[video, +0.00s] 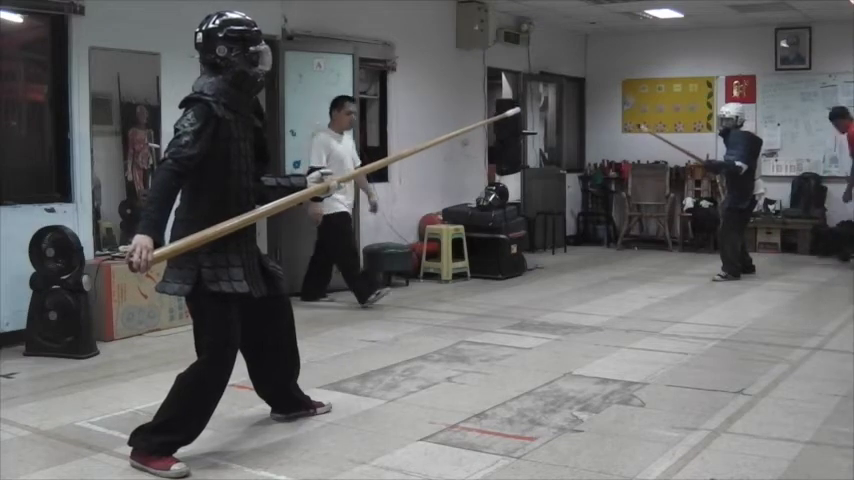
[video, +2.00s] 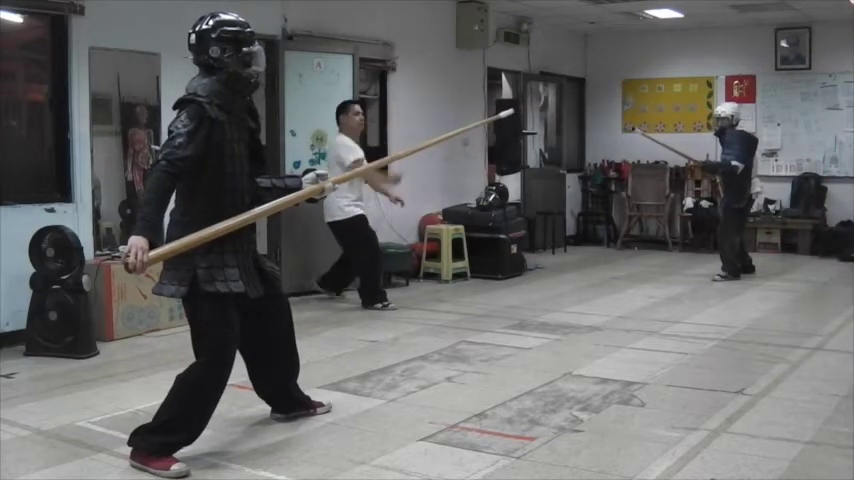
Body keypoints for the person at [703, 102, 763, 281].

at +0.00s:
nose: (722, 124)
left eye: (726, 120)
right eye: (721, 120)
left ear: (736, 121)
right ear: (722, 120)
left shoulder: (741, 138)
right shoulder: (733, 138)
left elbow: (738, 166)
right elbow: (732, 163)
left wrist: (711, 165)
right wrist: (713, 166)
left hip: (741, 194)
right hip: (738, 193)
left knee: (727, 230)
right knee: (733, 229)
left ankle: (731, 270)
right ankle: (745, 264)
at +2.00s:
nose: (718, 123)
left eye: (722, 119)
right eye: (717, 119)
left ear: (732, 120)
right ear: (718, 120)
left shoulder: (737, 137)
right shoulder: (728, 138)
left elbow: (734, 166)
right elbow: (728, 164)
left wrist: (705, 166)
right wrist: (705, 166)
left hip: (737, 193)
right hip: (734, 192)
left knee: (727, 230)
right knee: (732, 229)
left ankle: (731, 270)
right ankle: (744, 263)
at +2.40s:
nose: (711, 122)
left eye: (715, 118)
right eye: (710, 118)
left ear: (726, 119)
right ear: (710, 119)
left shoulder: (731, 138)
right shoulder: (719, 138)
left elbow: (725, 168)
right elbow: (721, 164)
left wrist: (698, 163)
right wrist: (702, 166)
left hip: (728, 194)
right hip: (725, 193)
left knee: (722, 230)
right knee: (731, 227)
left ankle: (727, 273)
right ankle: (743, 260)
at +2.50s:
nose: (708, 120)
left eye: (712, 116)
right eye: (707, 116)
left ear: (723, 117)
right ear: (707, 117)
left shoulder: (729, 136)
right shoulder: (715, 135)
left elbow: (721, 166)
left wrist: (696, 161)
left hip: (728, 194)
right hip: (721, 193)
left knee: (723, 230)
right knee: (721, 229)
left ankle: (727, 272)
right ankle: (734, 260)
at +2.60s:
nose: (703, 120)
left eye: (707, 115)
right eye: (701, 115)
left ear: (718, 116)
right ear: (700, 115)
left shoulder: (724, 134)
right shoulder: (712, 134)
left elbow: (717, 162)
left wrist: (688, 158)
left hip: (727, 194)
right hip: (718, 193)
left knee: (722, 232)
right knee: (714, 230)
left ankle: (727, 273)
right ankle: (717, 265)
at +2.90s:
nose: (690, 122)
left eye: (694, 118)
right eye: (688, 118)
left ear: (705, 118)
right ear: (686, 118)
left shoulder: (713, 136)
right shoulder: (697, 138)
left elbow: (706, 166)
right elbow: (698, 165)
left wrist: (677, 164)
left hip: (711, 197)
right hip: (697, 197)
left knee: (703, 232)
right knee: (690, 235)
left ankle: (722, 263)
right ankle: (696, 276)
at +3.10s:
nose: (681, 126)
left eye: (685, 121)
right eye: (680, 121)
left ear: (696, 121)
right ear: (680, 121)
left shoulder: (704, 140)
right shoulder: (690, 141)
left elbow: (697, 171)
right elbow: (691, 168)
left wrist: (668, 170)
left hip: (704, 200)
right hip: (693, 199)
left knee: (695, 236)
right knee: (681, 234)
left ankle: (700, 279)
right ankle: (689, 273)